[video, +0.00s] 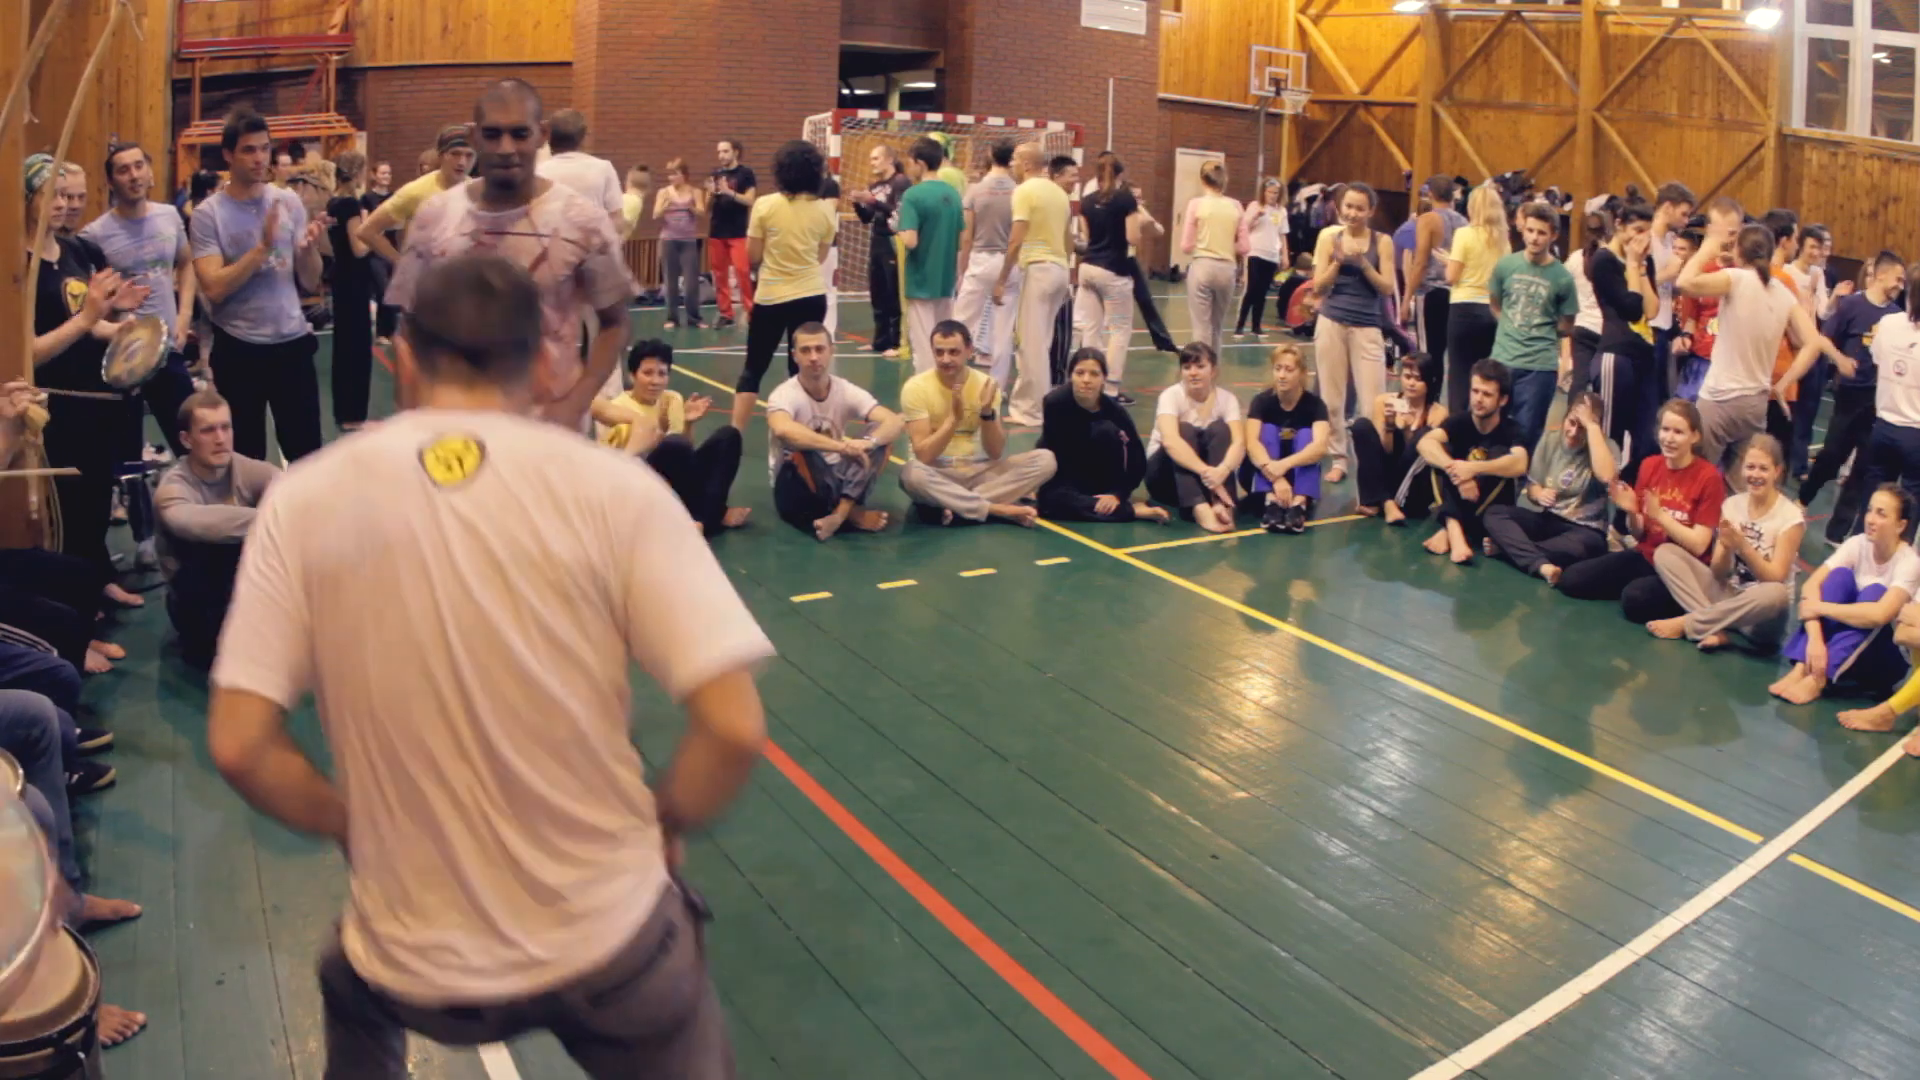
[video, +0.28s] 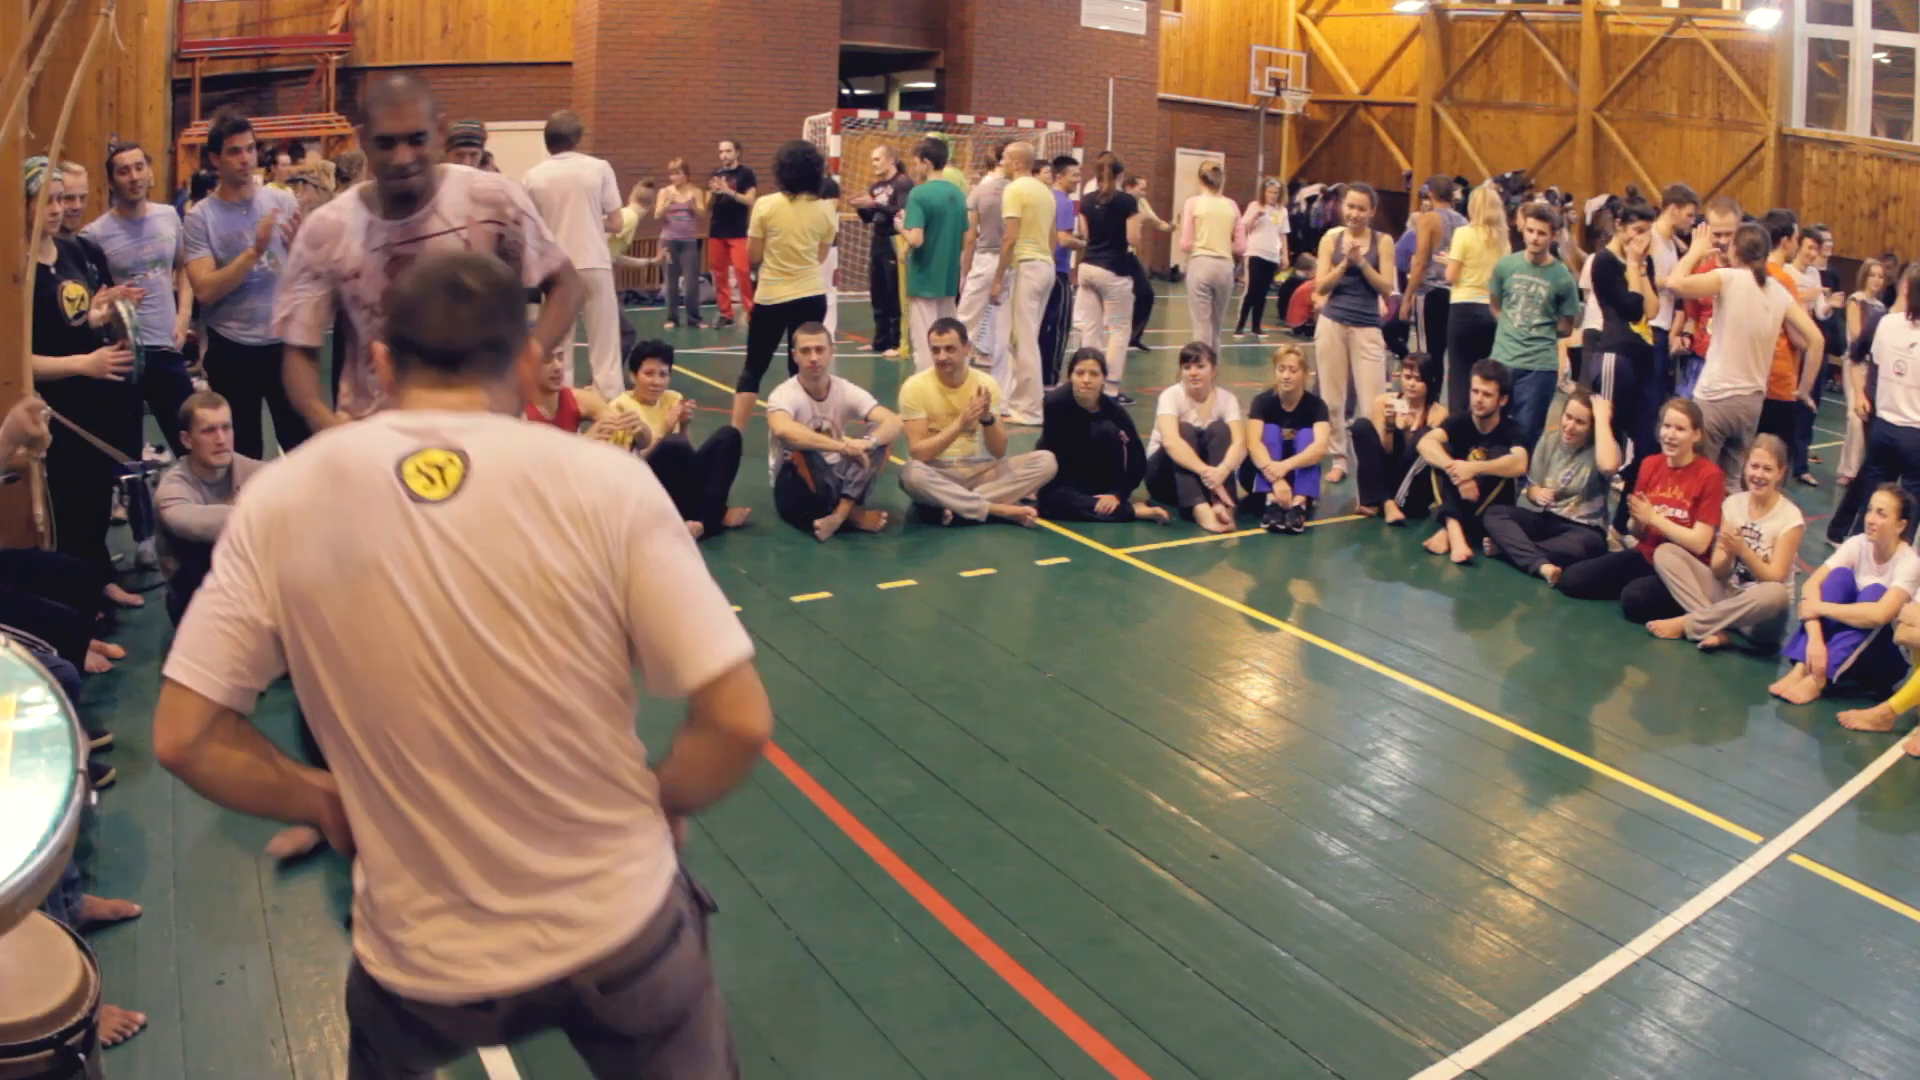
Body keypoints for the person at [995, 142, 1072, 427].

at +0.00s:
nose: (1013, 166)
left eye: (1016, 161)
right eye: (1014, 160)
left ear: (1027, 164)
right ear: (1041, 164)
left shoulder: (1024, 191)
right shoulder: (1060, 192)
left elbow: (1016, 240)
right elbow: (1067, 238)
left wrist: (1001, 280)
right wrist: (1066, 268)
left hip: (1038, 267)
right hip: (1060, 268)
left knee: (1033, 340)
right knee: (1039, 338)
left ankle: (1031, 408)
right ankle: (1028, 402)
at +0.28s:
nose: (1002, 163)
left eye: (1005, 159)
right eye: (1004, 158)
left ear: (1016, 162)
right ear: (1029, 163)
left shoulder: (1014, 190)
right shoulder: (1046, 191)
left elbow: (1010, 237)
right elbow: (1052, 235)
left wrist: (997, 278)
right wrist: (1047, 261)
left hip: (1026, 264)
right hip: (1046, 264)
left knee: (1025, 338)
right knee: (1022, 337)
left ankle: (1029, 407)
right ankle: (1020, 401)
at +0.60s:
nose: (994, 162)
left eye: (998, 157)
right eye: (996, 157)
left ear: (1012, 161)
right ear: (1018, 162)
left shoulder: (1013, 185)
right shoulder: (1031, 186)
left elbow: (1013, 232)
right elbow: (1039, 228)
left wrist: (1000, 273)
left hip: (1024, 262)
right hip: (1036, 260)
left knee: (1016, 333)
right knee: (1014, 332)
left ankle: (1025, 405)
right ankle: (1014, 400)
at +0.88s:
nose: (993, 163)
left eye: (999, 158)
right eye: (994, 158)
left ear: (1016, 162)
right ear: (1014, 163)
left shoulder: (1017, 186)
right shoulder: (1023, 186)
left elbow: (1019, 232)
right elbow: (1023, 232)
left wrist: (1007, 276)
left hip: (1028, 264)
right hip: (1029, 262)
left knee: (1022, 337)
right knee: (1017, 337)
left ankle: (1030, 408)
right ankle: (1020, 403)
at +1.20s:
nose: (991, 166)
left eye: (998, 161)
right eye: (992, 160)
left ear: (1015, 166)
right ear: (1003, 165)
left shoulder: (1021, 192)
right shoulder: (1014, 193)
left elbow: (1030, 239)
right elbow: (1024, 239)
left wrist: (1021, 283)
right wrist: (1015, 279)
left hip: (1031, 273)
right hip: (1022, 273)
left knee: (1025, 347)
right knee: (1019, 347)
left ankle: (1025, 416)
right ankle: (1018, 411)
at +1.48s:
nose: (987, 166)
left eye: (993, 161)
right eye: (988, 160)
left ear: (1012, 166)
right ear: (1003, 166)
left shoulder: (1022, 194)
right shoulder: (1008, 195)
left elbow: (1026, 243)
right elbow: (1014, 242)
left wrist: (1015, 287)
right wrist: (1006, 281)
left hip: (1028, 278)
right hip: (1011, 278)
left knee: (1024, 348)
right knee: (997, 344)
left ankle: (1027, 416)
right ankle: (1016, 405)